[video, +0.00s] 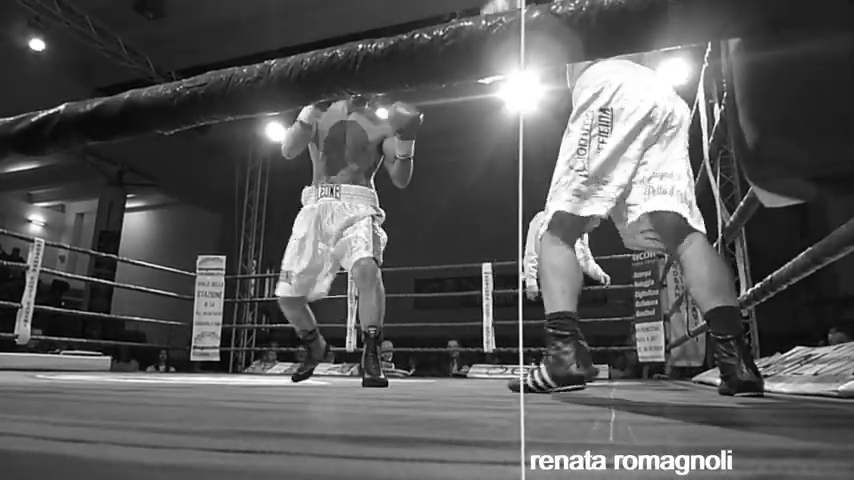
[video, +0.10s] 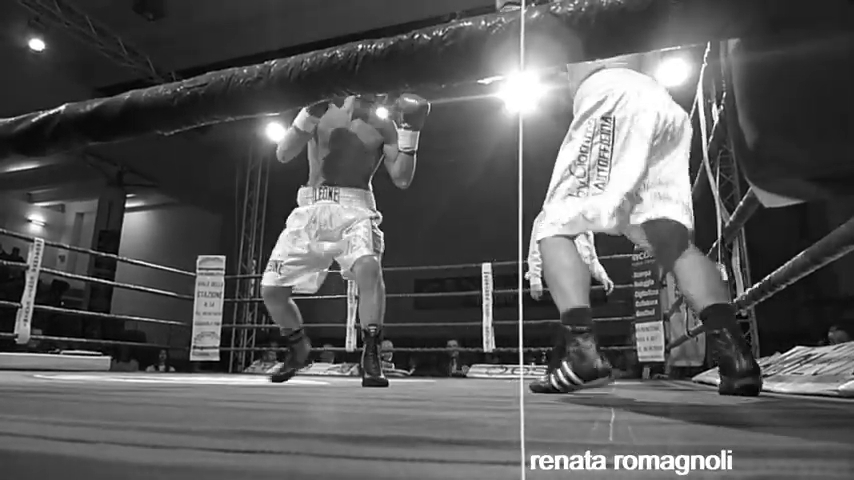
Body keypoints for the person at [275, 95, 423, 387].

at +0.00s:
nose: (357, 86)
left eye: (365, 81)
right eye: (350, 79)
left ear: (376, 87)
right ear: (338, 82)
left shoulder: (383, 122)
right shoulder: (316, 112)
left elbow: (401, 179)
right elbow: (289, 151)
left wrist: (406, 138)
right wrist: (315, 110)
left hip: (358, 207)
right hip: (316, 207)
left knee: (366, 268)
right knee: (289, 296)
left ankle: (372, 356)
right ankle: (315, 347)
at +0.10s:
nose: (375, 91)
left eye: (380, 85)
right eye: (369, 82)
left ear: (384, 91)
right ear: (350, 83)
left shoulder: (384, 125)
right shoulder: (319, 110)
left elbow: (402, 179)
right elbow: (283, 154)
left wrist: (409, 133)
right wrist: (311, 114)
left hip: (356, 210)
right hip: (311, 207)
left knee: (368, 268)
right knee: (272, 290)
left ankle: (371, 357)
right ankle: (299, 349)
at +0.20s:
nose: (356, 92)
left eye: (363, 87)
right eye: (349, 85)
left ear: (375, 96)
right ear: (336, 89)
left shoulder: (380, 134)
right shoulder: (312, 117)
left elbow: (400, 192)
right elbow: (283, 159)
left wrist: (404, 144)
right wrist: (314, 122)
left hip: (350, 223)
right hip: (301, 221)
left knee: (372, 269)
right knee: (254, 295)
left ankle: (372, 359)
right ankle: (256, 354)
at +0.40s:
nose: (346, 96)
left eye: (351, 91)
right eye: (340, 89)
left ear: (353, 97)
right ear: (323, 88)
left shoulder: (355, 133)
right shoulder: (286, 115)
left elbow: (369, 188)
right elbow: (281, 135)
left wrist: (378, 147)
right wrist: (322, 110)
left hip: (330, 216)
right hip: (284, 214)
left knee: (350, 275)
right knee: (237, 294)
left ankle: (366, 361)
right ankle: (233, 363)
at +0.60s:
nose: (316, 72)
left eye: (324, 65)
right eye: (311, 64)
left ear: (332, 70)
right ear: (298, 64)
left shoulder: (336, 109)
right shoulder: (273, 94)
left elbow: (342, 166)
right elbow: (255, 134)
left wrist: (353, 129)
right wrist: (286, 107)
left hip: (312, 192)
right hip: (267, 189)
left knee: (324, 267)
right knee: (242, 272)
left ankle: (320, 348)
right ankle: (225, 350)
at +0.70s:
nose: (305, 95)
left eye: (310, 91)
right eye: (299, 89)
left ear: (317, 95)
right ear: (284, 89)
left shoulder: (324, 130)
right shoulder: (261, 115)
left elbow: (338, 182)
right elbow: (244, 155)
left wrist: (348, 152)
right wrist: (278, 123)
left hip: (300, 214)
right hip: (256, 207)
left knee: (308, 290)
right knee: (236, 287)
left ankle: (286, 342)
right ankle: (221, 359)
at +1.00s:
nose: (340, 95)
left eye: (341, 90)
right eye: (334, 88)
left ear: (338, 96)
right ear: (314, 88)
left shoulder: (334, 124)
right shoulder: (282, 111)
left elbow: (351, 171)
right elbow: (274, 138)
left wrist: (362, 136)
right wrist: (307, 110)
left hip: (322, 202)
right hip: (282, 199)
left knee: (349, 270)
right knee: (261, 278)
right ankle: (240, 347)